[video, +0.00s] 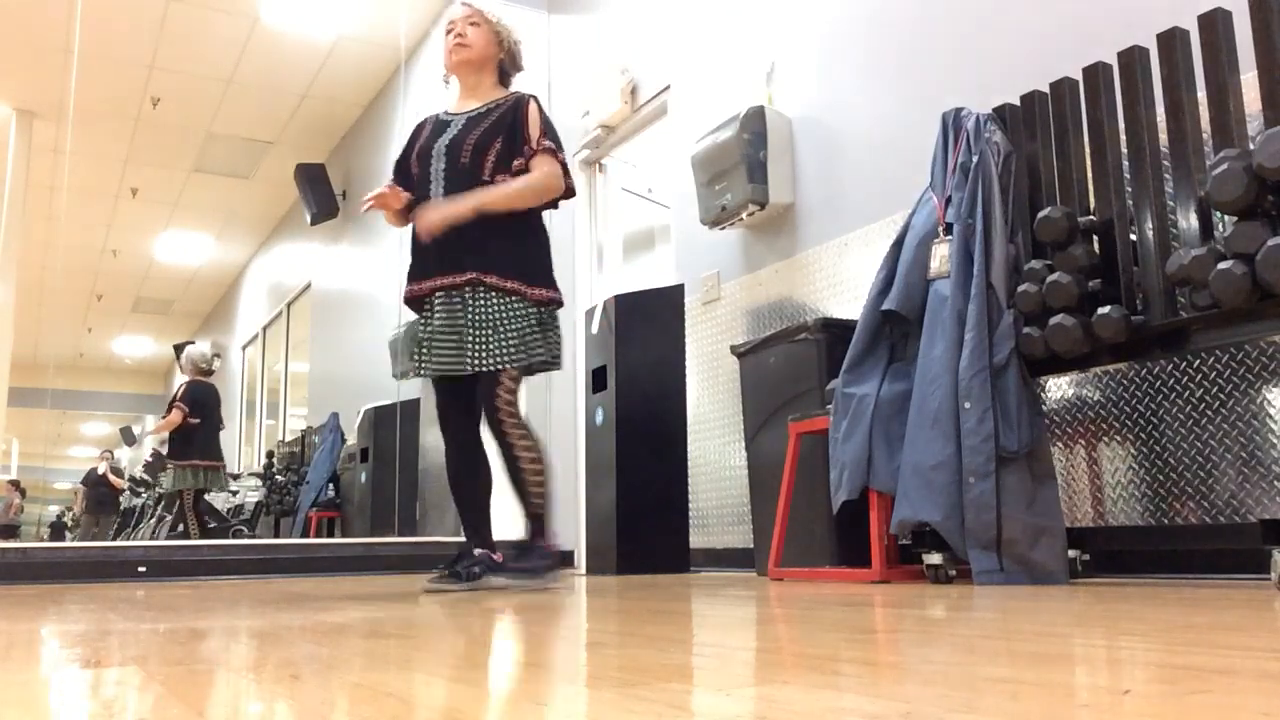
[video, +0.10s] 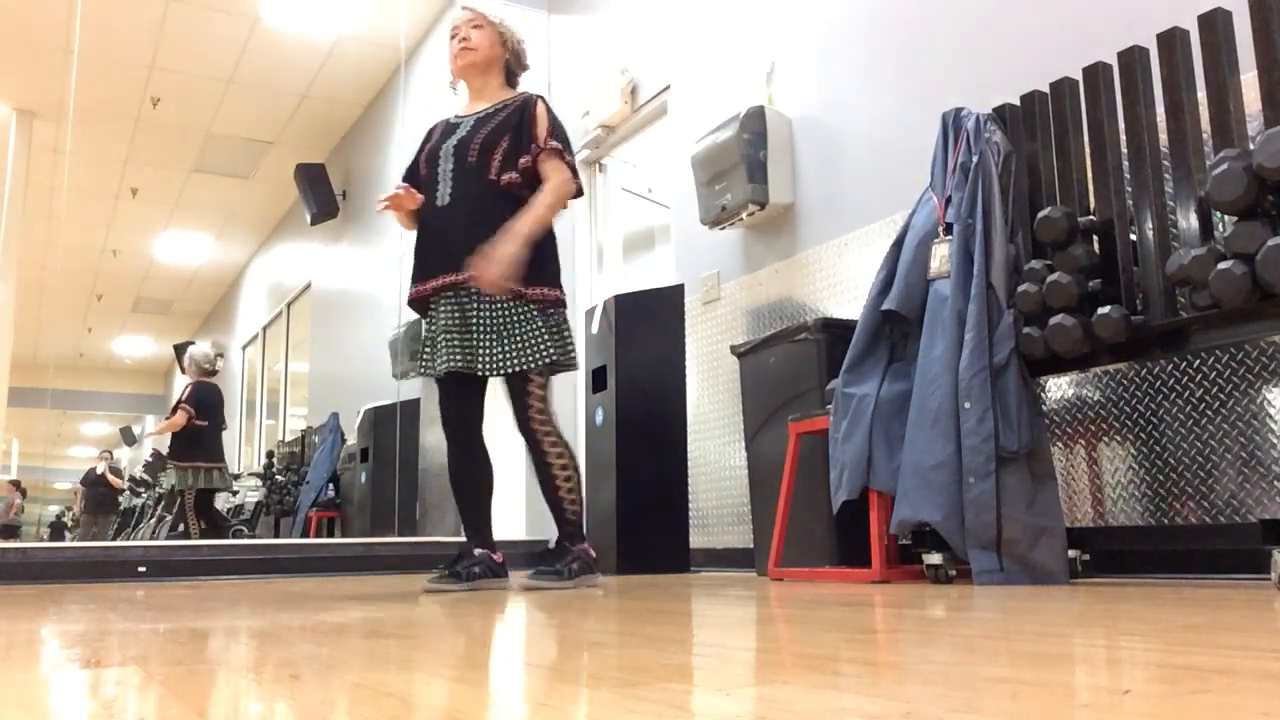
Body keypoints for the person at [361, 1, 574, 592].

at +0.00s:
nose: (456, 30)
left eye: (471, 25)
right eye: (449, 28)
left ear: (499, 49)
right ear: (444, 57)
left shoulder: (520, 107)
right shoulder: (427, 129)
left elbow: (551, 181)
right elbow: (406, 211)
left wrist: (460, 204)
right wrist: (394, 205)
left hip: (505, 281)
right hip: (442, 286)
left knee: (502, 411)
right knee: (456, 420)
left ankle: (543, 542)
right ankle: (479, 547)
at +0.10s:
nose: (459, 36)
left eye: (473, 29)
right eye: (453, 34)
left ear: (505, 50)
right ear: (452, 61)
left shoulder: (527, 107)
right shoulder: (438, 133)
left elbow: (561, 184)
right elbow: (422, 219)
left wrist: (511, 244)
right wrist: (406, 209)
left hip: (515, 282)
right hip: (448, 286)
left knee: (534, 418)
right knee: (459, 425)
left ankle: (575, 546)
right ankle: (481, 551)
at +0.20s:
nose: (464, 38)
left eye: (478, 29)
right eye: (458, 35)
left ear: (510, 49)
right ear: (457, 61)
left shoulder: (537, 107)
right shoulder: (445, 132)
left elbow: (575, 182)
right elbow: (437, 223)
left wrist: (561, 246)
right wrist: (416, 210)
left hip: (523, 279)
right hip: (455, 284)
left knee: (543, 417)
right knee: (462, 423)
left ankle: (574, 548)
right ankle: (482, 552)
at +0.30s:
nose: (469, 37)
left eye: (483, 29)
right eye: (462, 35)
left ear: (514, 48)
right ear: (460, 62)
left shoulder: (545, 107)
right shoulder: (450, 133)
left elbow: (590, 170)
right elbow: (439, 217)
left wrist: (615, 223)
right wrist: (422, 210)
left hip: (534, 280)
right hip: (465, 282)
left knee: (546, 414)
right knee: (466, 421)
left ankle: (576, 549)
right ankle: (483, 551)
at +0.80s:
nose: (495, 50)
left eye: (509, 42)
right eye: (490, 45)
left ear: (539, 61)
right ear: (487, 68)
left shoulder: (565, 118)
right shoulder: (476, 147)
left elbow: (614, 184)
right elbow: (456, 231)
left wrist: (565, 160)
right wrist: (434, 212)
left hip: (565, 288)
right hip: (499, 297)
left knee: (566, 416)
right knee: (456, 409)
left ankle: (579, 550)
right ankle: (473, 544)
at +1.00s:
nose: (490, 51)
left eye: (503, 42)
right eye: (484, 46)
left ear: (534, 60)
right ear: (481, 70)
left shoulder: (554, 122)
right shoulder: (469, 141)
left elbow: (576, 195)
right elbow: (432, 210)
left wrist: (491, 188)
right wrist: (397, 152)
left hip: (539, 295)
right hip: (479, 299)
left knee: (549, 418)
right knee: (452, 421)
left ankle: (578, 549)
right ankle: (465, 552)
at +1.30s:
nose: (467, 66)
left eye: (479, 57)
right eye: (461, 62)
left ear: (510, 72)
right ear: (460, 85)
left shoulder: (533, 128)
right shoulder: (449, 157)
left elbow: (566, 206)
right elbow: (399, 211)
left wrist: (490, 251)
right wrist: (390, 138)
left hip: (501, 302)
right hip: (442, 300)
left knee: (467, 425)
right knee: (440, 426)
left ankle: (525, 546)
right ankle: (460, 551)